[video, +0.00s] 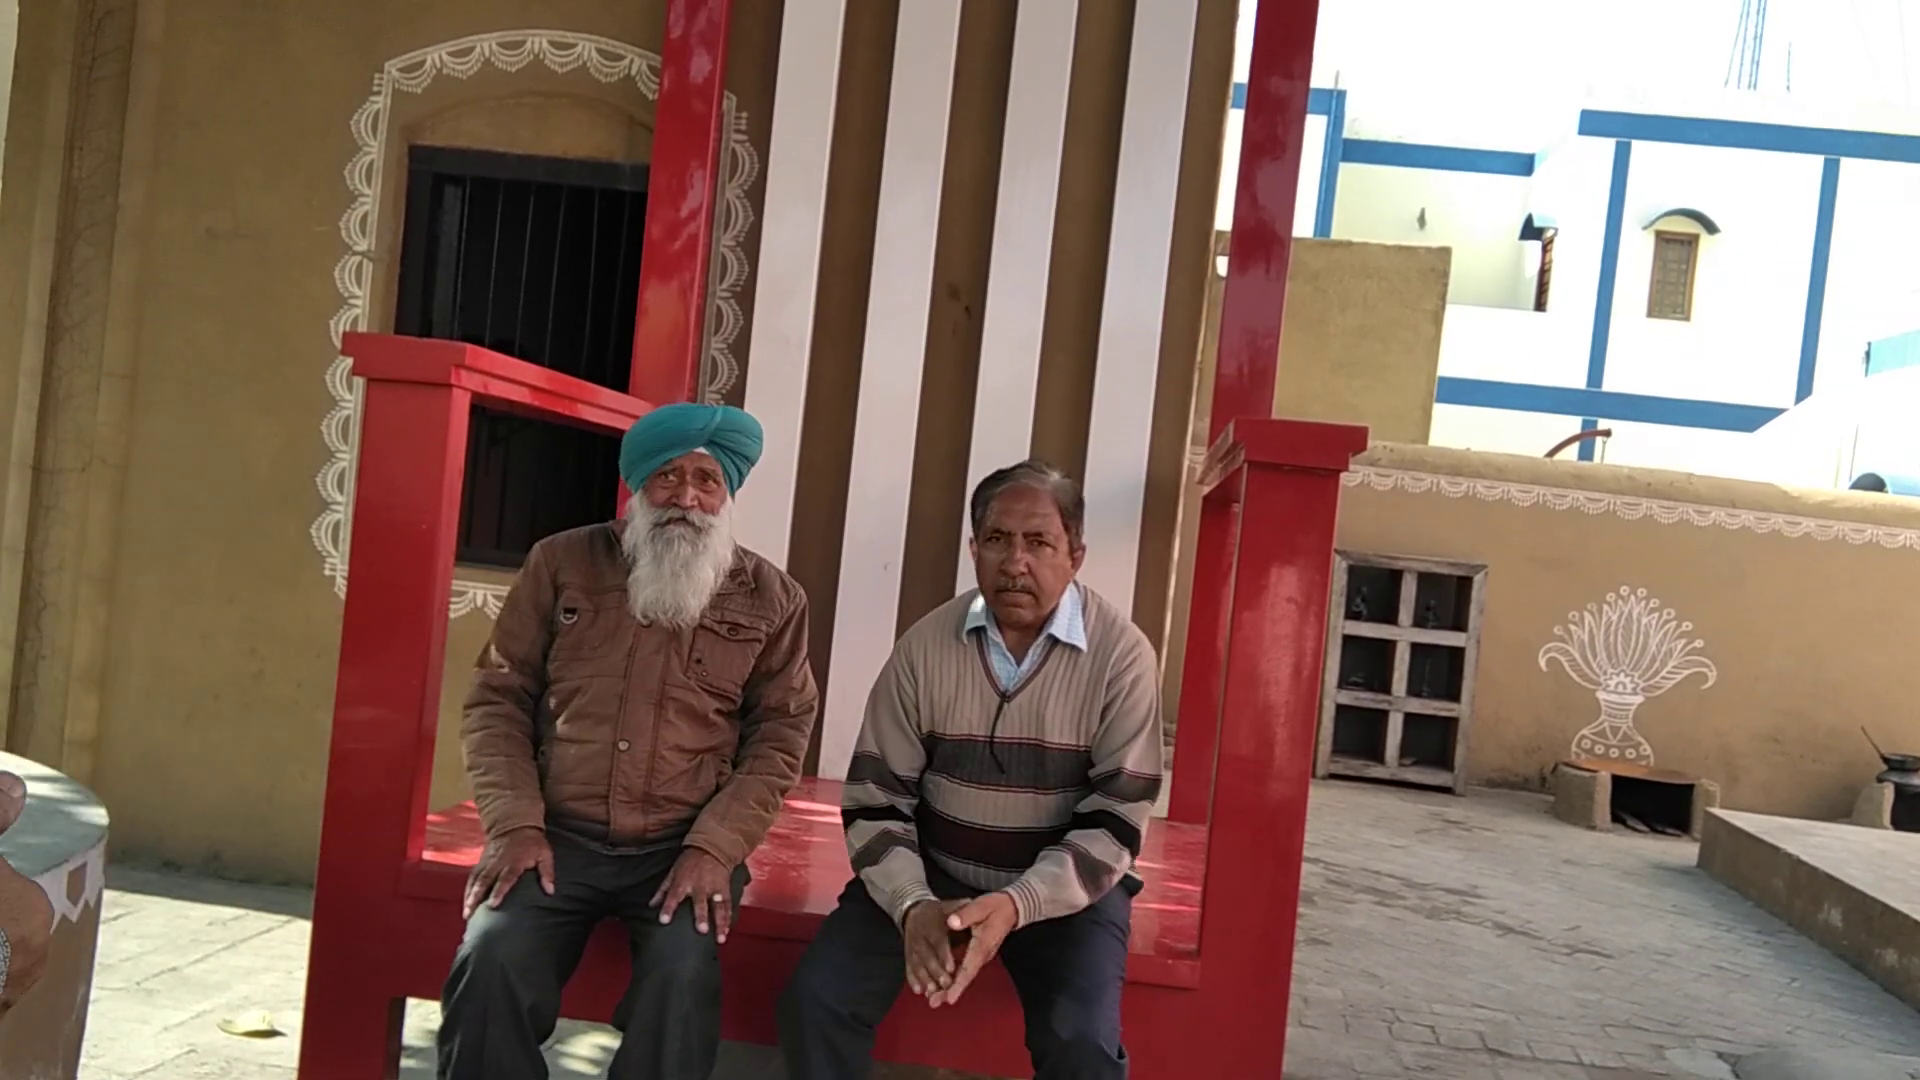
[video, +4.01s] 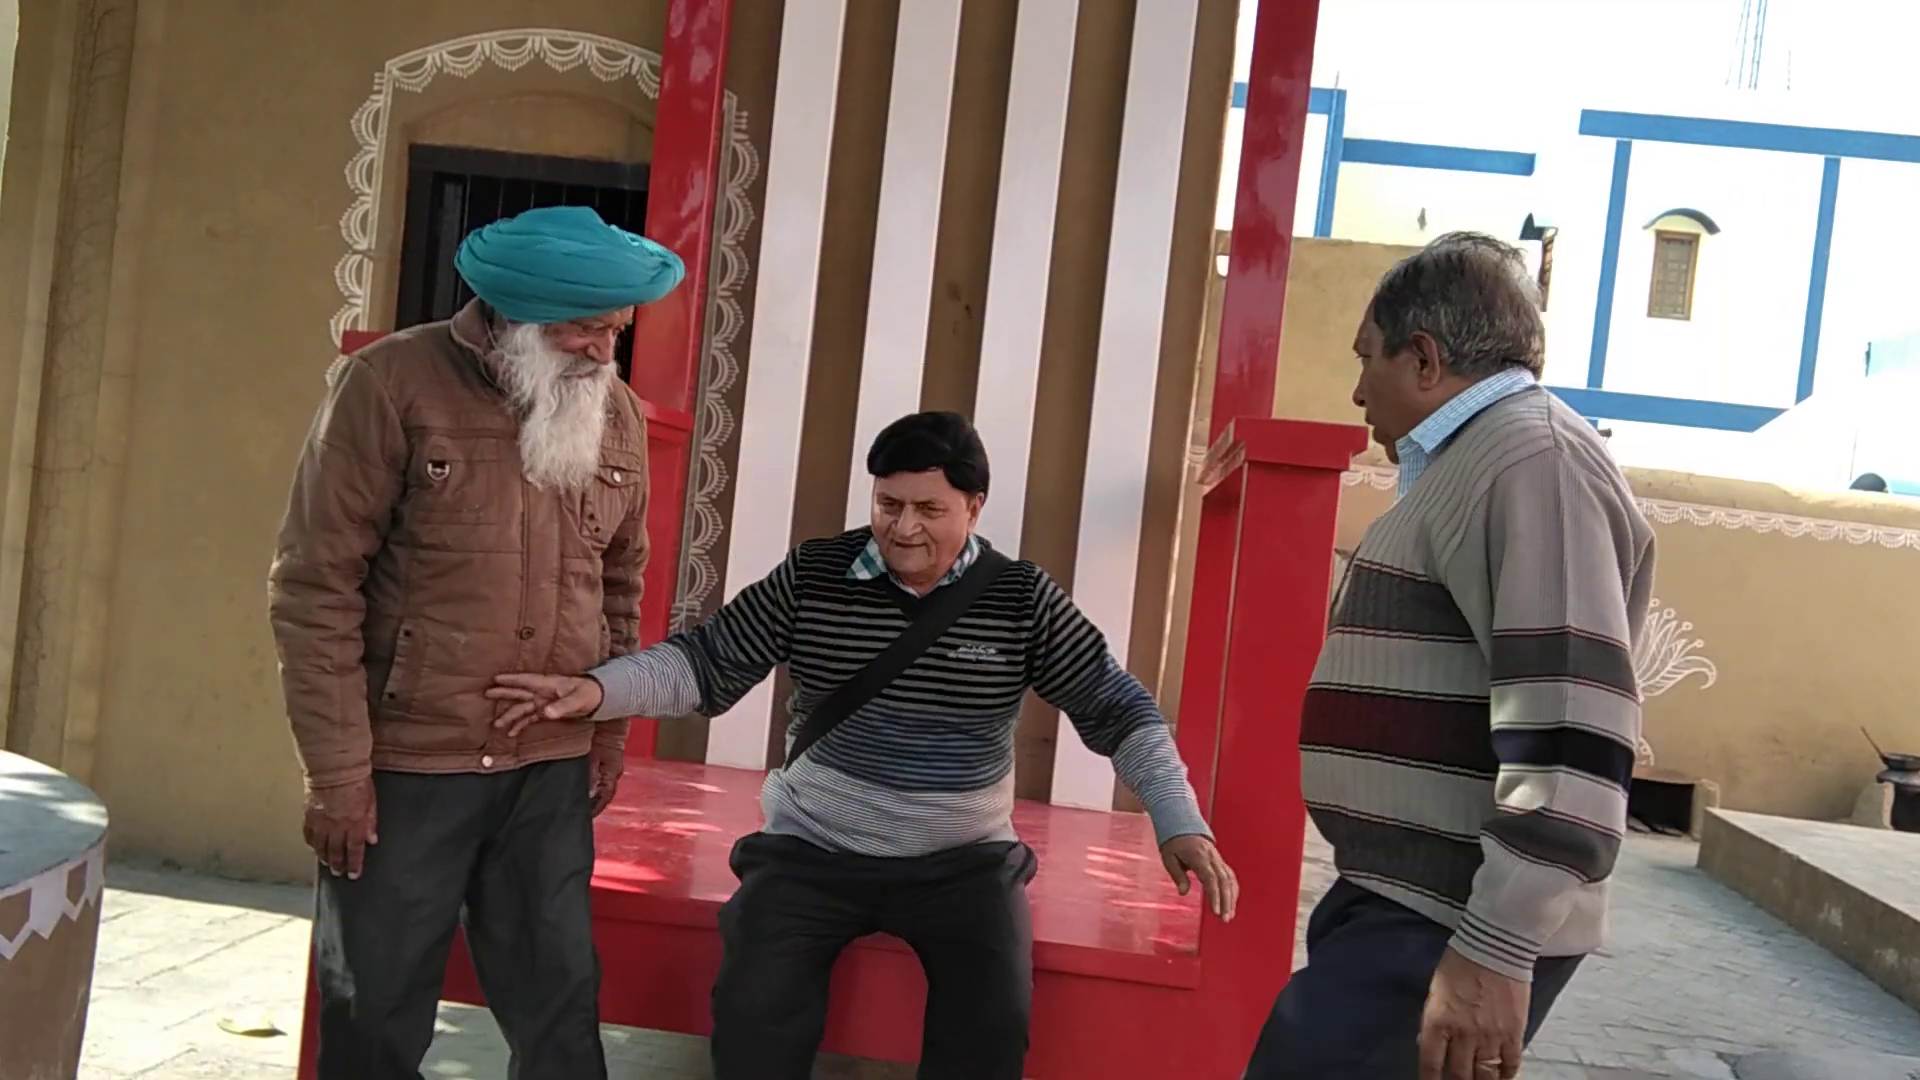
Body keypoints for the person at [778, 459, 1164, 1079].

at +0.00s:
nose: (1015, 561)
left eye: (1038, 542)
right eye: (998, 539)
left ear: (1074, 558)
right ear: (974, 550)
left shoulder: (1122, 658)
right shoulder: (925, 647)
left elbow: (1114, 827)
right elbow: (874, 801)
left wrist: (1016, 904)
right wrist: (912, 904)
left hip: (1065, 888)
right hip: (924, 873)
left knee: (1082, 1045)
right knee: (815, 1005)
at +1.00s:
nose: (1084, 371)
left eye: (1116, 349)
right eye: (1071, 348)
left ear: (1177, 376)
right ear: (1054, 363)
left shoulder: (1247, 504)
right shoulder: (986, 503)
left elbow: (1283, 705)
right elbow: (971, 667)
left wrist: (1212, 834)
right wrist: (1057, 753)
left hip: (1175, 879)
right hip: (1018, 862)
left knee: (1143, 1070)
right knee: (1019, 1067)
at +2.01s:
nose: (1175, 300)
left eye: (1212, 264)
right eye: (1153, 274)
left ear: (1304, 285)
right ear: (1135, 300)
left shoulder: (1437, 463)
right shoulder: (1099, 484)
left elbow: (1529, 730)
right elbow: (1049, 726)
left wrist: (1481, 947)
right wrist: (1021, 939)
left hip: (1360, 989)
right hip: (1125, 960)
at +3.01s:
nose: (1312, 343)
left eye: (1322, 312)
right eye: (1312, 313)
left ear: (1386, 318)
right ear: (1395, 322)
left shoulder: (1509, 455)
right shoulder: (1443, 437)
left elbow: (1558, 796)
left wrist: (1515, 1053)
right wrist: (1339, 970)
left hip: (1434, 982)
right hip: (1376, 960)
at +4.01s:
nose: (1358, 388)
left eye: (1367, 359)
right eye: (1360, 361)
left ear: (1425, 358)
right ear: (1427, 361)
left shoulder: (1536, 465)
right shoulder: (1465, 464)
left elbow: (1574, 739)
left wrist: (1491, 949)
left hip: (1449, 930)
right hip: (1394, 908)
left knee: (1293, 1061)